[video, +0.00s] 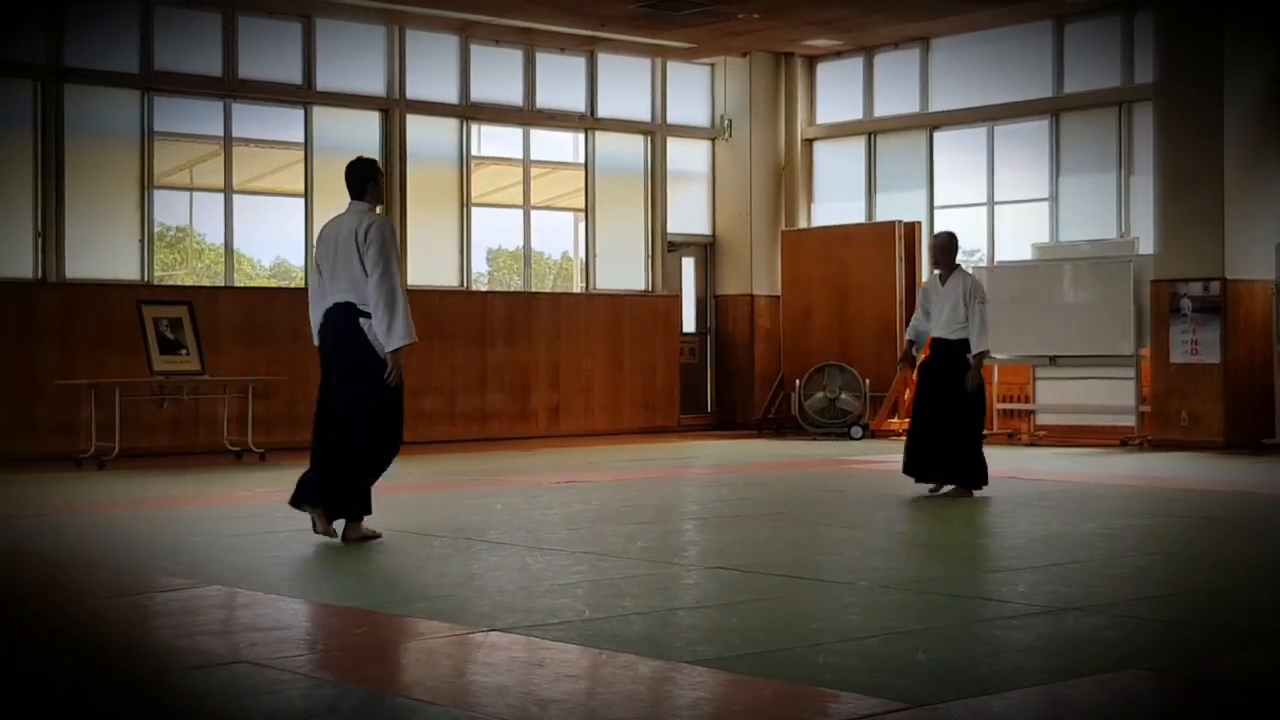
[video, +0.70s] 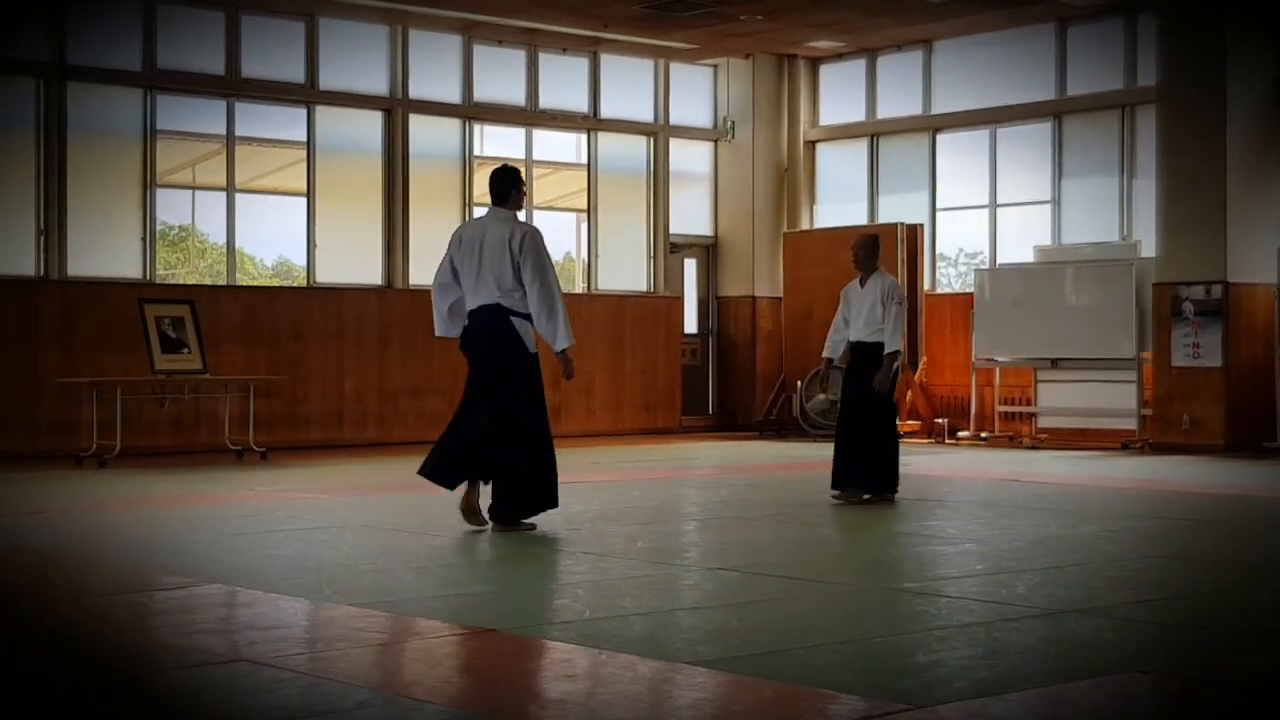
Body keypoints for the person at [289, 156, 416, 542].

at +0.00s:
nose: (384, 189)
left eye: (381, 182)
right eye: (382, 183)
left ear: (349, 187)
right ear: (374, 186)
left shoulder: (328, 229)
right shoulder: (376, 226)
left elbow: (318, 287)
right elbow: (383, 287)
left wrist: (321, 334)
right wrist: (392, 344)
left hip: (332, 329)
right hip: (365, 329)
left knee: (341, 419)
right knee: (383, 427)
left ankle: (353, 520)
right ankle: (322, 497)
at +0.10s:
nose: (402, 188)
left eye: (400, 182)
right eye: (400, 182)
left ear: (366, 188)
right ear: (393, 186)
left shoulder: (344, 228)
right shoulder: (393, 227)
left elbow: (332, 287)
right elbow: (401, 289)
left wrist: (339, 333)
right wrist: (412, 345)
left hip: (348, 333)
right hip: (382, 332)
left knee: (358, 423)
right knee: (418, 422)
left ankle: (354, 522)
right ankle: (378, 507)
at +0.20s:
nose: (420, 191)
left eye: (418, 185)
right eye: (416, 186)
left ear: (385, 191)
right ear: (407, 190)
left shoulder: (361, 233)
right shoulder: (411, 230)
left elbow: (348, 291)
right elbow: (419, 293)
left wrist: (352, 338)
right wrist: (431, 347)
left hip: (364, 340)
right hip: (402, 340)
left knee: (355, 428)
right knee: (443, 423)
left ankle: (351, 522)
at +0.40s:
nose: (461, 203)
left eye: (459, 198)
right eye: (459, 198)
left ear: (427, 202)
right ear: (453, 201)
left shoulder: (400, 243)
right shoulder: (456, 243)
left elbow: (384, 298)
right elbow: (465, 304)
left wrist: (390, 345)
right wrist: (478, 361)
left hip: (406, 348)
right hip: (445, 347)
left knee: (382, 426)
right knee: (475, 428)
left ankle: (358, 513)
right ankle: (502, 511)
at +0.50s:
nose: (484, 201)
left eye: (482, 195)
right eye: (482, 195)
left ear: (449, 199)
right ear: (474, 199)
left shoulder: (424, 239)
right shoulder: (481, 241)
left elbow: (406, 296)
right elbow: (493, 304)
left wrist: (422, 332)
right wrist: (505, 359)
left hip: (436, 343)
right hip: (473, 343)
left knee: (412, 419)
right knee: (490, 426)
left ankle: (378, 493)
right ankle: (504, 511)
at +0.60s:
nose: (505, 198)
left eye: (503, 192)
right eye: (503, 193)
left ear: (471, 196)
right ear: (496, 196)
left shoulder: (445, 235)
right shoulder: (504, 237)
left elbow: (426, 291)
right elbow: (518, 300)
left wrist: (441, 330)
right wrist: (532, 354)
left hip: (458, 336)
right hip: (495, 337)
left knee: (452, 412)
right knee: (505, 422)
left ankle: (419, 478)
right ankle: (505, 512)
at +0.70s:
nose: (525, 196)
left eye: (523, 191)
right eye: (523, 191)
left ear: (491, 195)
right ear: (517, 195)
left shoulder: (464, 233)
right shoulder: (525, 235)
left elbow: (444, 286)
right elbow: (543, 295)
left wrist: (462, 327)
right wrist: (561, 346)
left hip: (476, 332)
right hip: (512, 333)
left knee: (485, 410)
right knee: (517, 418)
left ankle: (472, 486)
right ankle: (506, 513)